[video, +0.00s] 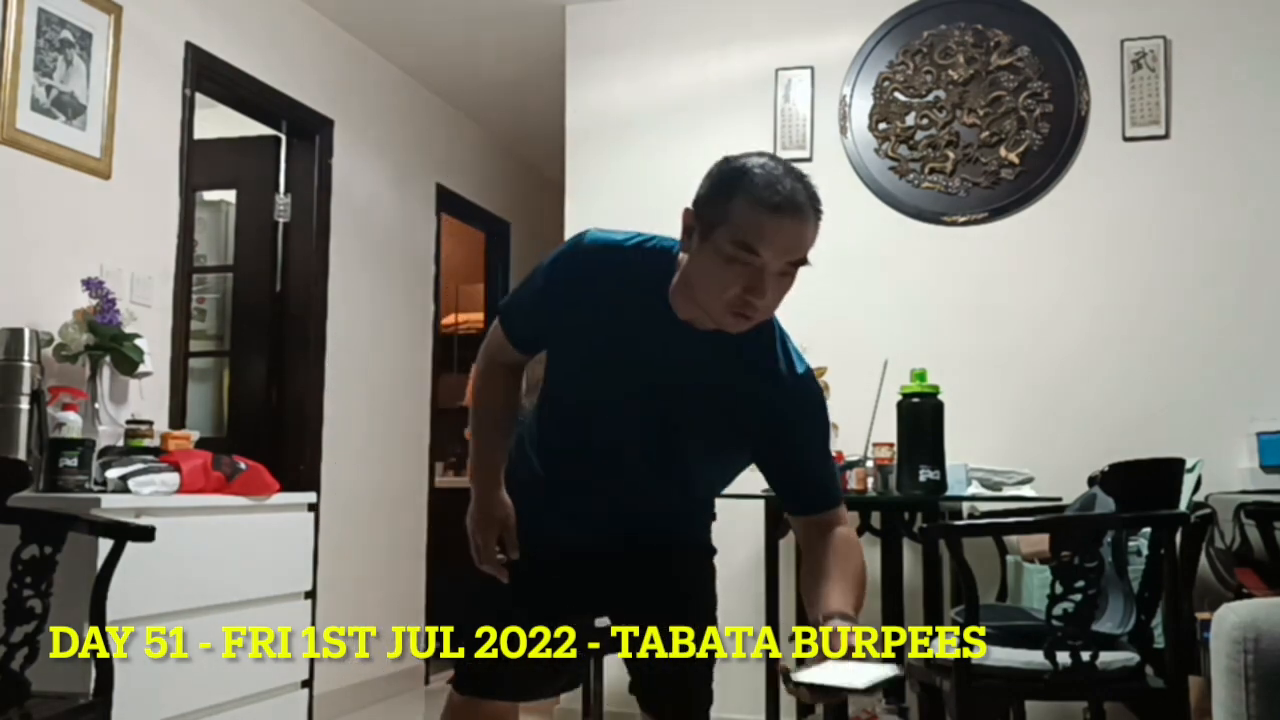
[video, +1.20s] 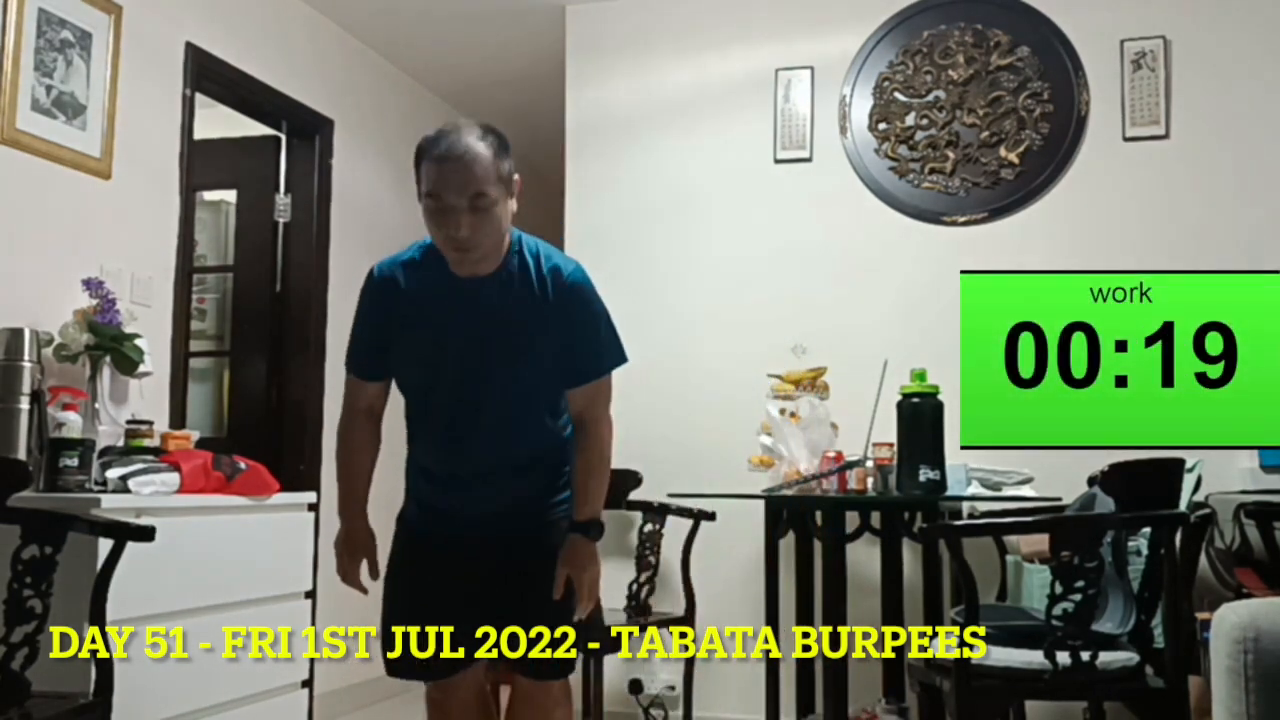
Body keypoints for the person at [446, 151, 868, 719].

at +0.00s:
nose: (764, 293)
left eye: (789, 270)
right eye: (743, 258)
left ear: (801, 265)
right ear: (691, 229)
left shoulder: (782, 387)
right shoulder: (589, 269)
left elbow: (827, 524)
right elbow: (499, 358)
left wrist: (834, 619)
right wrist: (486, 488)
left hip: (669, 544)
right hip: (546, 522)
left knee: (681, 708)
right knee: (482, 701)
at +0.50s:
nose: (711, 304)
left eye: (740, 282)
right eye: (691, 271)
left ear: (757, 278)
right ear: (648, 248)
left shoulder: (748, 395)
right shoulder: (562, 291)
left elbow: (792, 543)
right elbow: (482, 374)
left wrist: (829, 671)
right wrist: (458, 501)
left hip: (651, 560)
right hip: (530, 541)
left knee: (667, 711)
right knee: (476, 707)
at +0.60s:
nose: (664, 256)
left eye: (692, 236)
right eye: (643, 225)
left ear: (710, 244)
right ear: (607, 219)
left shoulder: (714, 362)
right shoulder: (532, 285)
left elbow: (767, 506)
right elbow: (463, 383)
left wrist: (777, 632)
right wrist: (441, 504)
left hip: (633, 562)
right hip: (510, 547)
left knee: (658, 709)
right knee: (485, 711)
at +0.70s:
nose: (605, 215)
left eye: (629, 195)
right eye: (587, 189)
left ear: (651, 206)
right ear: (554, 189)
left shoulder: (671, 328)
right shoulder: (492, 279)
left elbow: (719, 474)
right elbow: (436, 394)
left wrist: (722, 593)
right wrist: (420, 511)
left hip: (610, 542)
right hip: (493, 533)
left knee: (630, 703)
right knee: (471, 705)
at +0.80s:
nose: (547, 189)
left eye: (568, 169)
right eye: (528, 166)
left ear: (594, 179)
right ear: (502, 170)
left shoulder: (625, 294)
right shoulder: (446, 273)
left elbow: (667, 428)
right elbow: (403, 398)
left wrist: (677, 548)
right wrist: (394, 511)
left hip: (581, 551)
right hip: (467, 549)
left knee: (609, 709)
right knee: (455, 712)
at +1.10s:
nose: (476, 174)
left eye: (495, 155)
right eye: (457, 157)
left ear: (527, 164)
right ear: (437, 166)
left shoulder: (570, 266)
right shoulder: (399, 266)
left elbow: (603, 393)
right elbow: (359, 386)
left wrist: (601, 507)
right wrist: (349, 494)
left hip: (544, 518)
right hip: (442, 517)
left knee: (548, 689)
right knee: (458, 684)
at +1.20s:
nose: (458, 227)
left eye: (477, 205)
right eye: (439, 207)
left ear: (515, 194)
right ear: (419, 202)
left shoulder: (562, 288)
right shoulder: (392, 289)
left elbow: (592, 418)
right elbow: (362, 409)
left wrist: (586, 531)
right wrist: (353, 519)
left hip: (538, 527)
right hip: (437, 527)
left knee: (543, 689)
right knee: (453, 688)